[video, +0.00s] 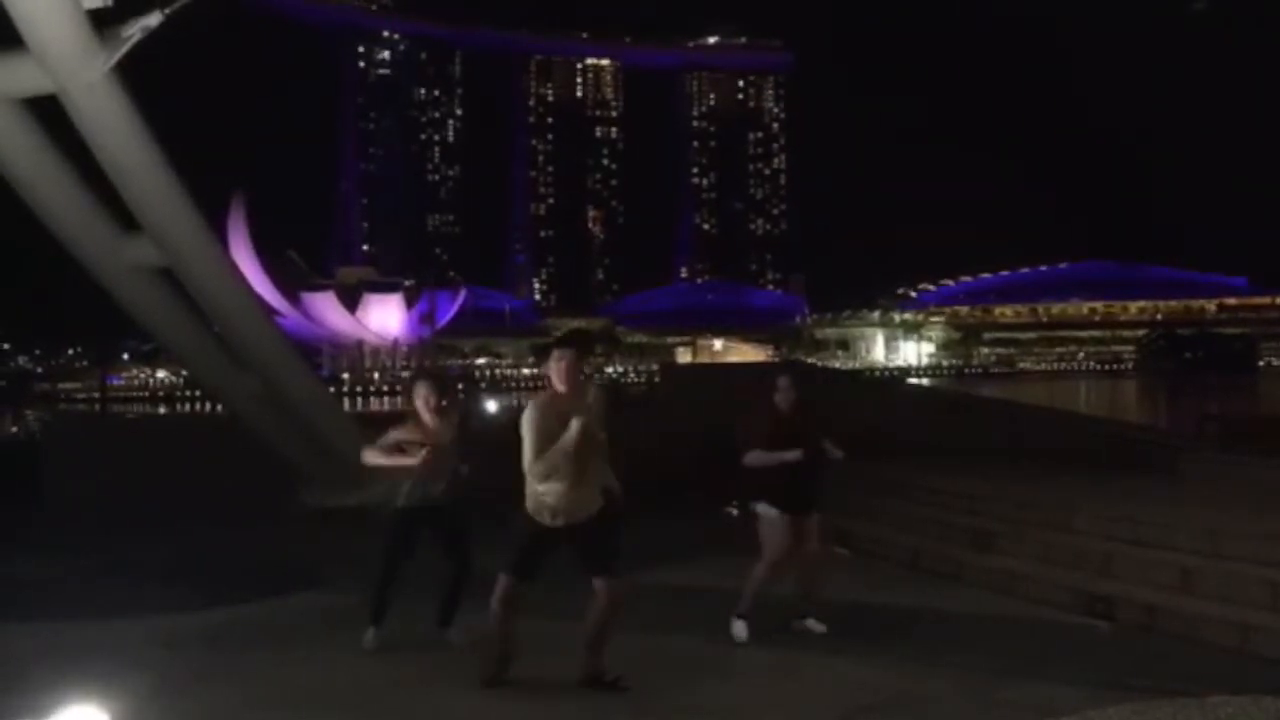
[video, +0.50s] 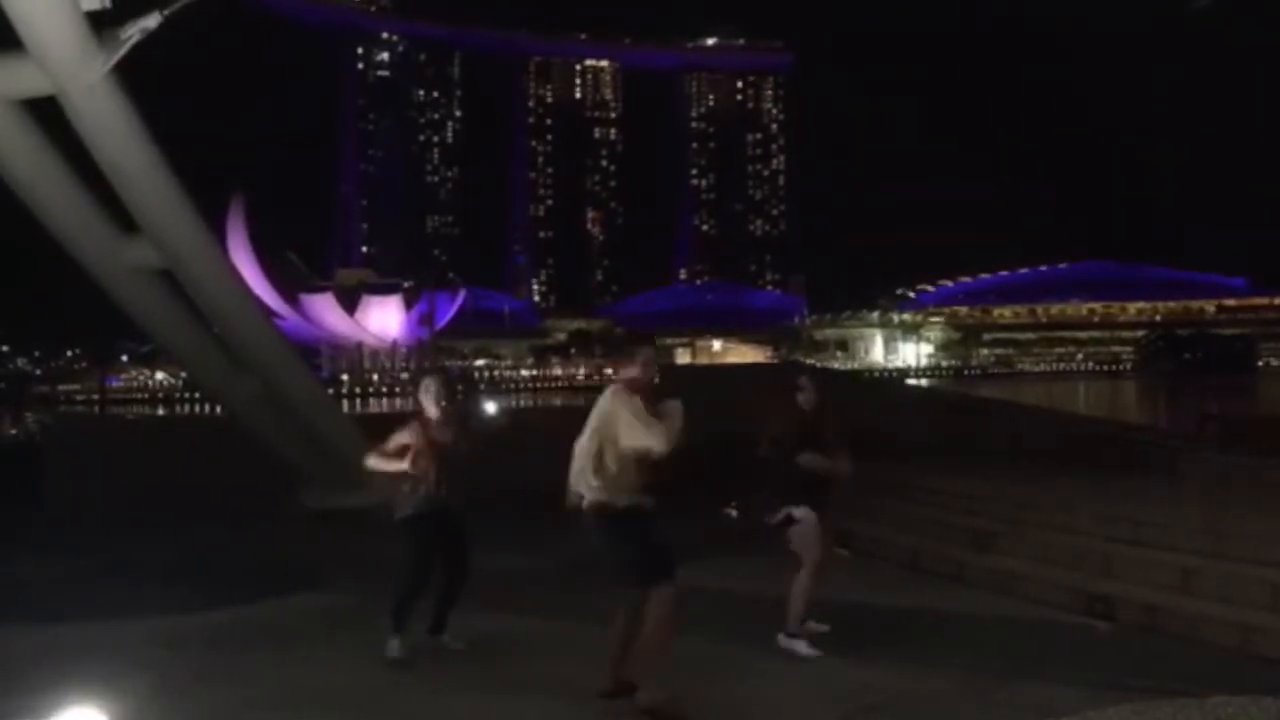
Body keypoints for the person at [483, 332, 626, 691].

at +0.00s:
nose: (569, 369)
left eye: (575, 361)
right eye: (561, 361)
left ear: (585, 368)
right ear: (547, 369)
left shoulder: (590, 406)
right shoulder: (537, 411)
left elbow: (596, 453)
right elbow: (536, 470)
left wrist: (610, 483)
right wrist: (573, 430)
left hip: (588, 515)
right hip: (541, 518)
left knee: (608, 590)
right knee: (504, 593)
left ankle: (592, 669)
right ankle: (499, 664)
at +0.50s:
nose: (650, 373)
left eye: (652, 366)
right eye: (643, 365)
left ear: (653, 371)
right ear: (625, 368)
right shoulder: (618, 399)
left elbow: (583, 447)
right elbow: (656, 444)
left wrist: (585, 489)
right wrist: (672, 413)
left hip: (629, 508)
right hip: (616, 510)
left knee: (636, 592)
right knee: (662, 586)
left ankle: (618, 677)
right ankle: (641, 679)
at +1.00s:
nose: (585, 374)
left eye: (593, 366)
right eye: (582, 368)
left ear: (614, 368)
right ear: (581, 374)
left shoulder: (629, 404)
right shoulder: (599, 416)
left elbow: (682, 429)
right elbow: (584, 456)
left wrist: (703, 480)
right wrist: (561, 482)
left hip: (659, 511)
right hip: (635, 513)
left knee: (631, 595)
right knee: (636, 595)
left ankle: (661, 682)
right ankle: (671, 674)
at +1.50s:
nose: (615, 403)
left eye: (623, 396)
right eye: (611, 395)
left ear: (642, 398)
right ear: (606, 396)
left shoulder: (657, 441)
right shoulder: (599, 425)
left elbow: (636, 493)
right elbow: (585, 475)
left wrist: (583, 475)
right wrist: (571, 523)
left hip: (648, 529)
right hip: (604, 526)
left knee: (656, 601)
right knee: (585, 587)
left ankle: (647, 678)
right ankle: (599, 683)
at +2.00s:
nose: (610, 417)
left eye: (617, 408)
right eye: (602, 409)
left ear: (628, 408)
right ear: (591, 411)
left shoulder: (650, 423)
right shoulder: (581, 449)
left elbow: (703, 403)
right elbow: (560, 502)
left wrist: (671, 429)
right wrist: (533, 551)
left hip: (658, 522)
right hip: (611, 524)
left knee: (661, 596)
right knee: (595, 594)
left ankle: (657, 673)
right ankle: (603, 667)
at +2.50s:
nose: (645, 406)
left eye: (649, 398)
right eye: (637, 399)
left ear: (656, 402)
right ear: (623, 403)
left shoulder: (652, 428)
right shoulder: (616, 446)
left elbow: (667, 421)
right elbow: (626, 519)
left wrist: (694, 420)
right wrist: (688, 520)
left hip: (650, 525)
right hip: (612, 534)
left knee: (676, 593)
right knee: (610, 608)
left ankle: (673, 680)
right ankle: (591, 657)